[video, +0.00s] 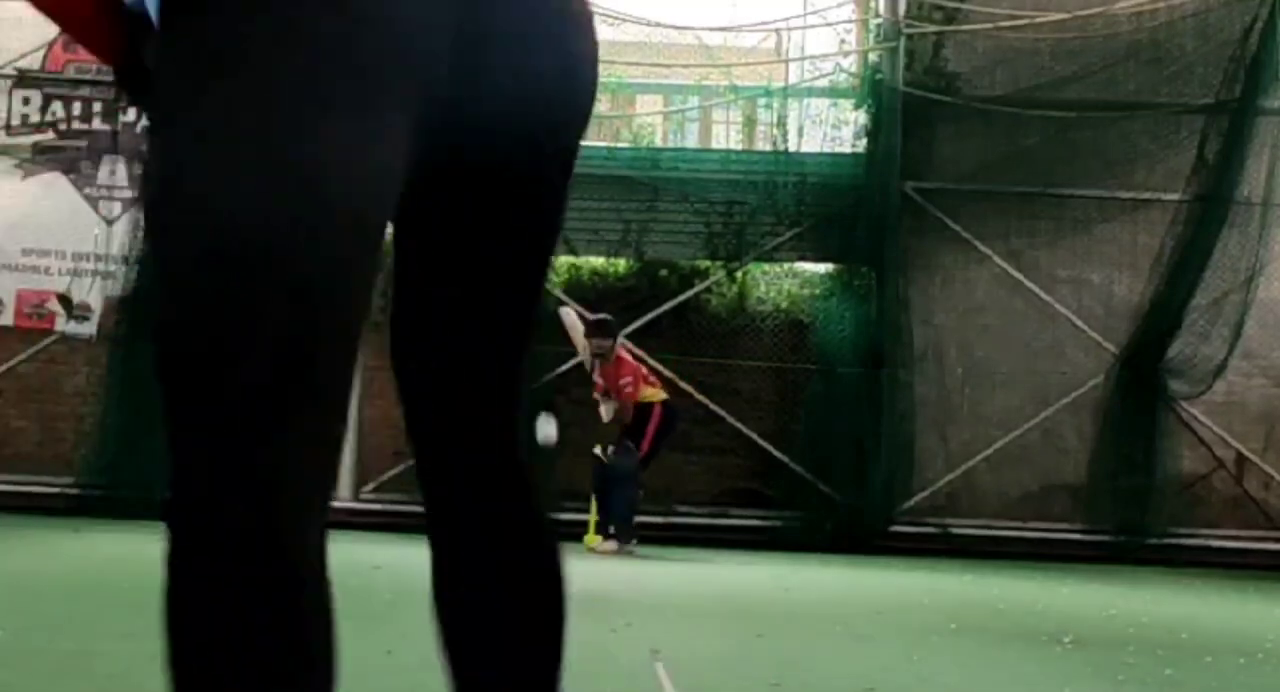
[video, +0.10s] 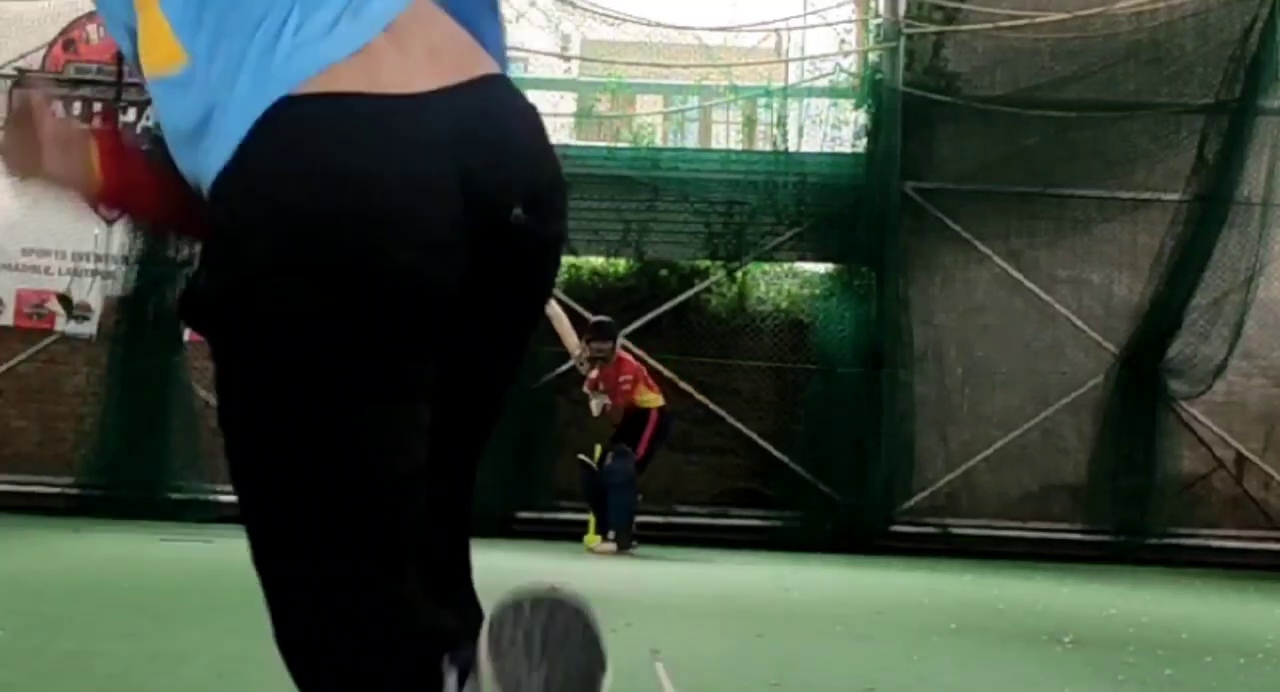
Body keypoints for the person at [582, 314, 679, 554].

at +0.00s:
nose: (599, 348)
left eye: (604, 343)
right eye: (594, 343)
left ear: (614, 342)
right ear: (588, 342)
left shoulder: (626, 366)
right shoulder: (594, 354)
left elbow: (626, 412)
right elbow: (566, 313)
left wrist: (610, 410)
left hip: (654, 405)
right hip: (633, 404)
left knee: (629, 464)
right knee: (616, 461)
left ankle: (621, 535)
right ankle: (611, 532)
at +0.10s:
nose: (599, 356)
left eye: (604, 351)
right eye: (594, 351)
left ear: (614, 347)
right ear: (587, 347)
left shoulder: (627, 366)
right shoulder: (598, 366)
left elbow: (618, 413)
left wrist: (603, 404)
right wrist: (596, 396)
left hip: (651, 409)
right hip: (630, 409)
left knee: (626, 466)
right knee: (609, 462)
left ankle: (621, 535)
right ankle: (608, 531)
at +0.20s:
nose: (601, 349)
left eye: (606, 345)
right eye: (596, 344)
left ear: (615, 337)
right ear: (587, 337)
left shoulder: (628, 353)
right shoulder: (588, 352)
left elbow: (622, 385)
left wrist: (597, 387)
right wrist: (588, 383)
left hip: (644, 403)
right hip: (620, 403)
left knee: (626, 464)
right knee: (605, 461)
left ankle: (619, 535)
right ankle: (605, 530)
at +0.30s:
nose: (591, 338)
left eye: (597, 333)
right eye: (586, 332)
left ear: (608, 327)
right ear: (581, 325)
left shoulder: (621, 336)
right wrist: (583, 375)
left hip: (640, 391)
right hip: (616, 392)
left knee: (625, 456)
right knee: (610, 455)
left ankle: (618, 530)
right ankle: (609, 527)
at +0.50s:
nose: (601, 328)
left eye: (599, 324)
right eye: (596, 326)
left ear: (599, 323)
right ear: (586, 331)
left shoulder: (621, 330)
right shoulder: (587, 351)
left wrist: (607, 318)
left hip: (636, 394)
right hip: (612, 395)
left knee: (630, 459)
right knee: (607, 457)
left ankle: (620, 528)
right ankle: (608, 527)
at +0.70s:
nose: (594, 357)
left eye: (598, 351)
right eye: (588, 353)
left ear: (605, 341)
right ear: (581, 348)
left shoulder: (619, 340)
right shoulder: (580, 364)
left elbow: (643, 315)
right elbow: (590, 395)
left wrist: (625, 343)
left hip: (633, 408)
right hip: (605, 412)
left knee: (623, 465)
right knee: (598, 472)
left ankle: (606, 530)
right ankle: (617, 530)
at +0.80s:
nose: (604, 354)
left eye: (604, 349)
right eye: (594, 354)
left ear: (607, 343)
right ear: (584, 352)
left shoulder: (620, 342)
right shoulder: (578, 365)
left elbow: (663, 335)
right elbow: (584, 395)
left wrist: (647, 361)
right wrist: (605, 393)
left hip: (630, 409)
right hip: (603, 413)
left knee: (620, 463)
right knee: (597, 469)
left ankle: (600, 522)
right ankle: (615, 526)